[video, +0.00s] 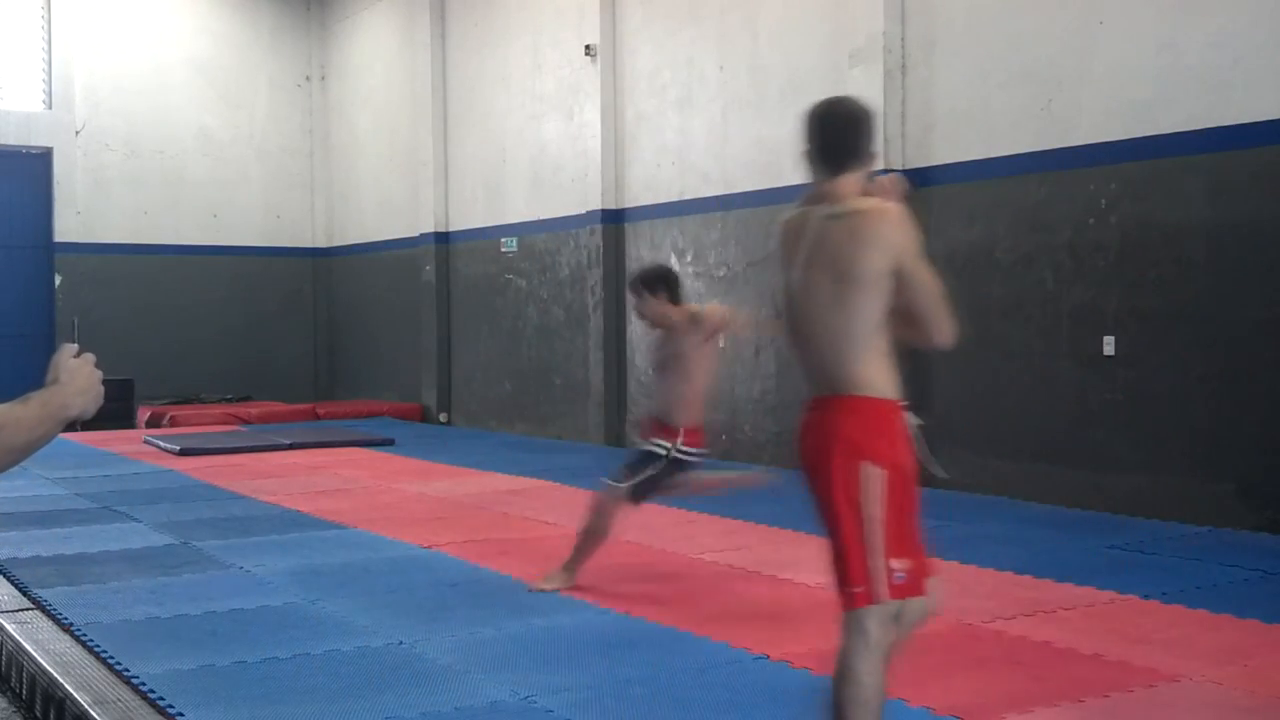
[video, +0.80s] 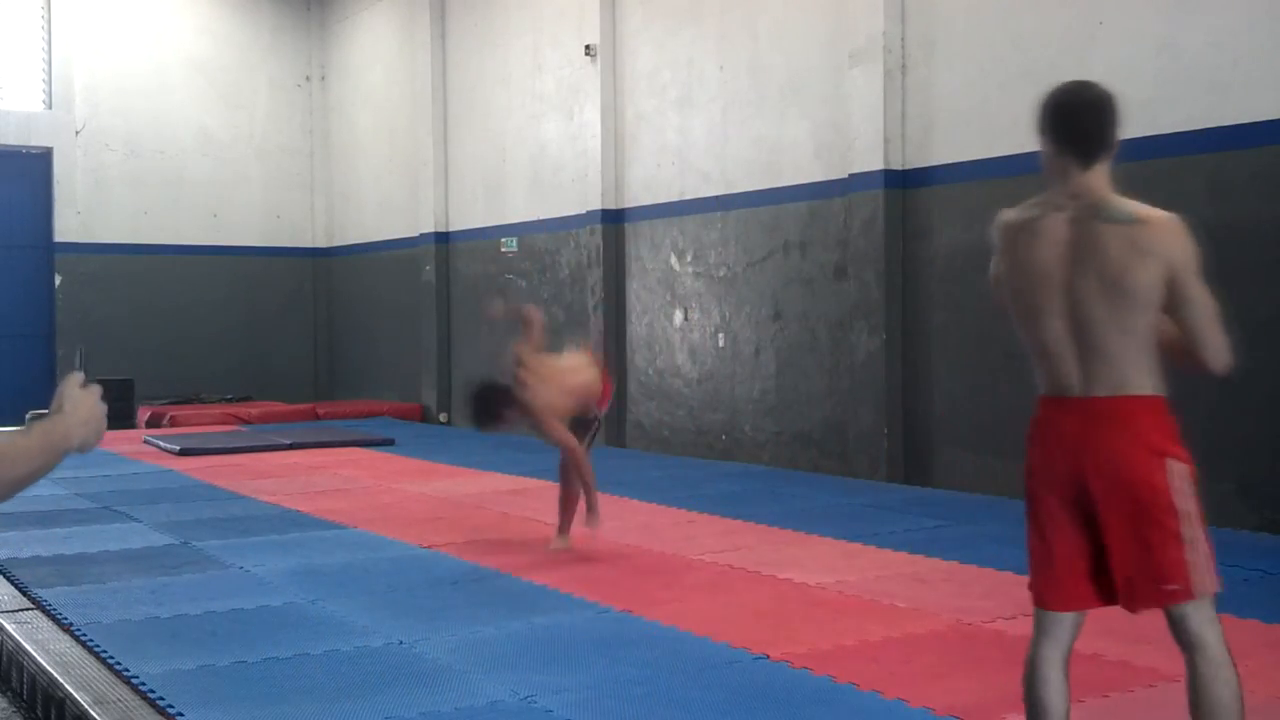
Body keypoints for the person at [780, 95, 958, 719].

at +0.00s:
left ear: (811, 152)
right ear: (869, 150)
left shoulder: (795, 226)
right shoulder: (885, 218)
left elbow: (828, 313)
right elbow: (938, 329)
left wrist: (876, 209)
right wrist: (865, 303)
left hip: (831, 430)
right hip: (867, 436)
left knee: (916, 598)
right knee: (867, 623)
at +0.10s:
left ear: (845, 148)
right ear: (903, 146)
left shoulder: (827, 225)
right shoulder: (928, 215)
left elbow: (863, 307)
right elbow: (977, 326)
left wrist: (912, 203)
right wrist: (901, 304)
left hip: (865, 431)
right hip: (903, 437)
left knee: (959, 592)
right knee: (895, 626)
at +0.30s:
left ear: (907, 160)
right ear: (971, 156)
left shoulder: (894, 235)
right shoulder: (1000, 227)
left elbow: (945, 299)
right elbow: (1056, 331)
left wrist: (980, 210)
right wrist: (981, 307)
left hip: (939, 438)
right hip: (982, 443)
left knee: (1001, 637)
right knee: (969, 639)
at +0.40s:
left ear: (936, 157)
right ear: (1001, 152)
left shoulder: (923, 233)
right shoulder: (1030, 221)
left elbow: (976, 295)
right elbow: (1091, 324)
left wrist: (1005, 208)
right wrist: (1016, 285)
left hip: (965, 441)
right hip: (1018, 447)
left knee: (1019, 634)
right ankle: (953, 713)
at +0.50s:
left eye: (973, 145)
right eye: (1024, 143)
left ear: (964, 151)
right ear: (1030, 147)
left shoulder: (948, 228)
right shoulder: (1057, 215)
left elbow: (1002, 296)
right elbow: (1121, 321)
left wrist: (1045, 210)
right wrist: (1049, 279)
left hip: (988, 441)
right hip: (1049, 443)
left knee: (1026, 618)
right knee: (1149, 609)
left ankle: (1022, 718)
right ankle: (1031, 706)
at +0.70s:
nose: (1018, 148)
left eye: (1017, 136)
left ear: (1014, 142)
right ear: (1083, 141)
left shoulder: (987, 223)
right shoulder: (1121, 220)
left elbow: (1040, 291)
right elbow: (1172, 335)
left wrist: (1091, 204)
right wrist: (1095, 306)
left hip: (1030, 444)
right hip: (1109, 443)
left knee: (1041, 630)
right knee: (1185, 618)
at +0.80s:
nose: (1040, 152)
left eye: (1042, 141)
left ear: (1046, 145)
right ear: (1112, 142)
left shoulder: (1011, 231)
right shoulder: (1160, 231)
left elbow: (1016, 312)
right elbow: (1215, 355)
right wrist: (1148, 325)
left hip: (1054, 448)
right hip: (1140, 448)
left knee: (1050, 636)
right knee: (1199, 632)